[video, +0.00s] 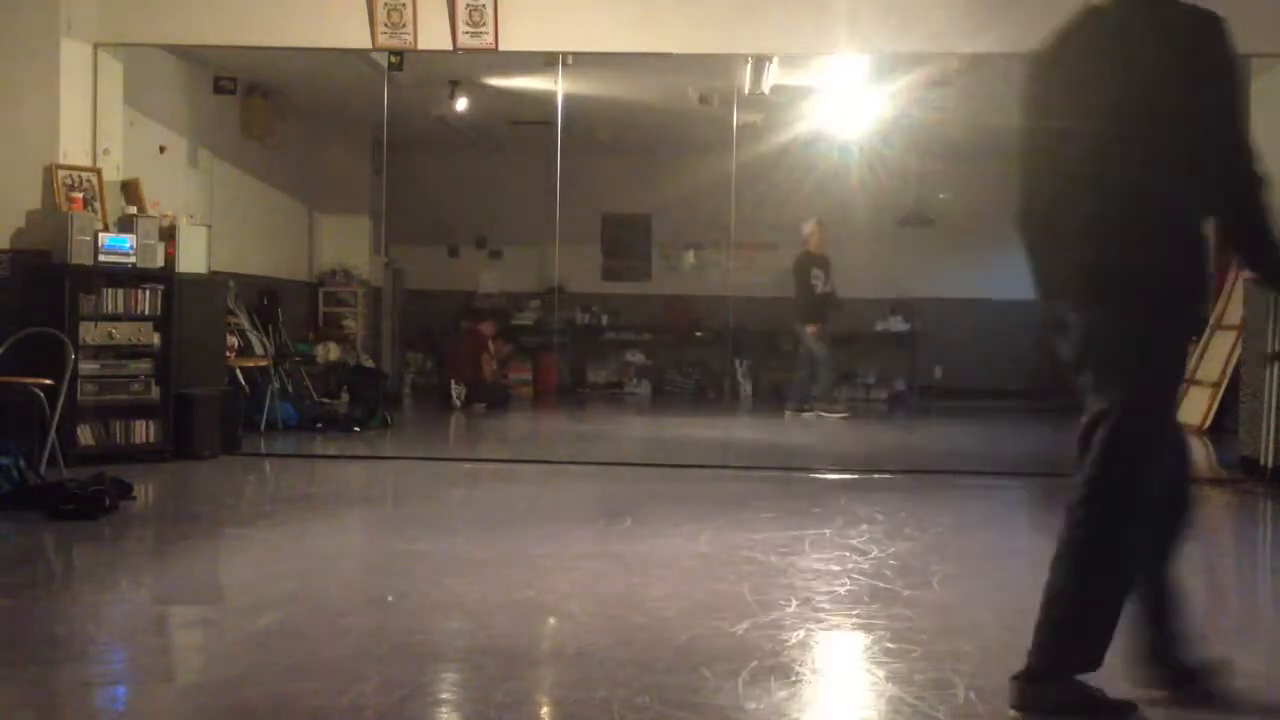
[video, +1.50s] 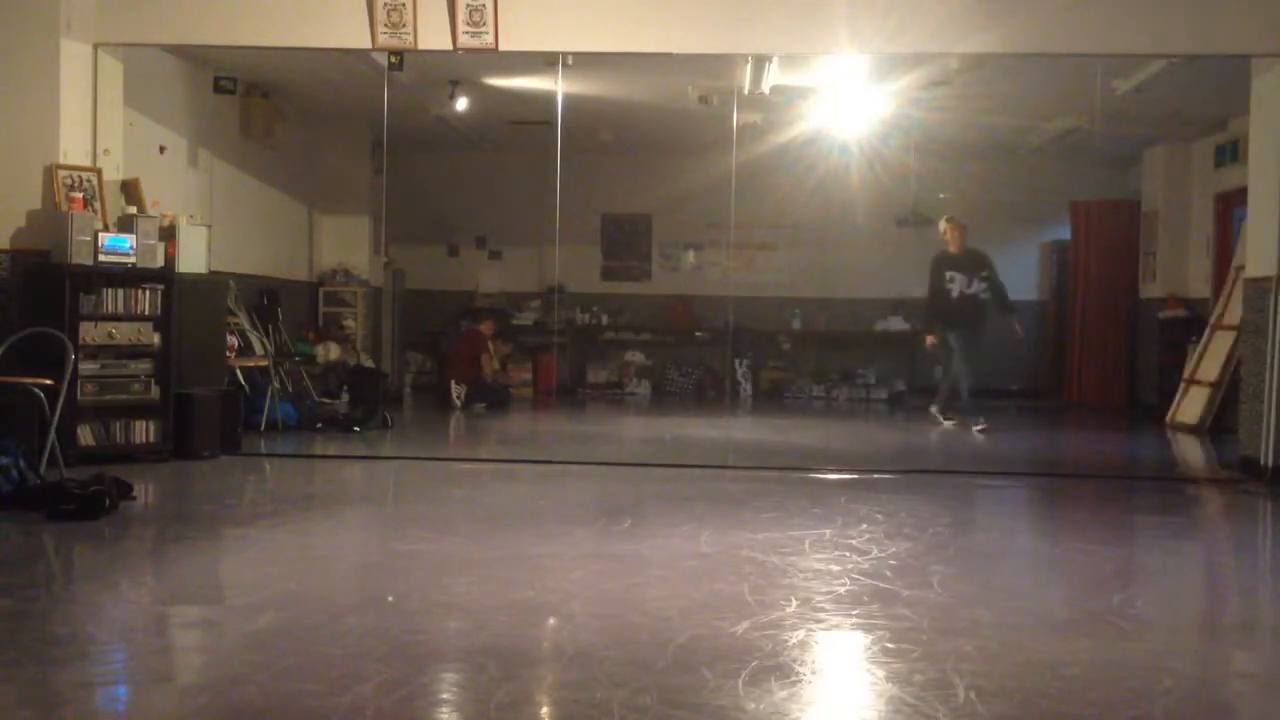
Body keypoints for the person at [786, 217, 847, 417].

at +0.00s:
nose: (821, 239)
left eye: (821, 234)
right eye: (816, 235)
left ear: (823, 236)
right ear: (808, 237)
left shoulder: (824, 260)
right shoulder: (802, 260)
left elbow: (827, 287)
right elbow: (803, 293)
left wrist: (834, 301)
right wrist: (808, 319)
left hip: (820, 315)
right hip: (805, 317)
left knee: (806, 360)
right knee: (822, 356)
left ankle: (797, 402)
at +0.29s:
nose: (853, 238)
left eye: (854, 234)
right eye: (849, 234)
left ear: (856, 236)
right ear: (840, 238)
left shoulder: (860, 261)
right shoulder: (835, 263)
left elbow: (867, 291)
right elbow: (834, 296)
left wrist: (873, 317)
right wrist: (837, 326)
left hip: (859, 318)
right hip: (843, 319)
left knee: (838, 364)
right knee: (859, 365)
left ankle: (809, 394)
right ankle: (865, 408)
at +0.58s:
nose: (881, 234)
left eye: (881, 229)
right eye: (876, 230)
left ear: (883, 231)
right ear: (869, 234)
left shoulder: (888, 257)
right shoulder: (865, 260)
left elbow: (889, 289)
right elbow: (864, 293)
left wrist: (890, 316)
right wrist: (875, 320)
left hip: (886, 316)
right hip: (870, 317)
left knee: (886, 361)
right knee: (870, 362)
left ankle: (886, 405)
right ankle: (868, 406)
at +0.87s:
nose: (912, 239)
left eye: (913, 234)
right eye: (908, 234)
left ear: (914, 236)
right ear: (901, 237)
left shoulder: (915, 261)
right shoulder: (897, 261)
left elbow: (915, 295)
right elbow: (898, 297)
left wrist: (920, 321)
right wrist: (910, 324)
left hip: (913, 319)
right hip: (897, 320)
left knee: (924, 363)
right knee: (890, 363)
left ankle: (933, 409)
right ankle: (872, 405)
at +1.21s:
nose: (936, 233)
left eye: (939, 227)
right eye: (932, 228)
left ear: (945, 228)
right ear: (926, 231)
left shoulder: (956, 255)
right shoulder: (921, 256)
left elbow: (962, 287)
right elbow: (918, 291)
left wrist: (964, 311)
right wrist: (923, 319)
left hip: (952, 314)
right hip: (930, 315)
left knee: (948, 362)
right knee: (938, 362)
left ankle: (940, 408)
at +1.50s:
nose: (954, 236)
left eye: (957, 230)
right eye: (949, 232)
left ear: (964, 232)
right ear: (944, 236)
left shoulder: (979, 258)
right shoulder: (940, 261)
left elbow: (996, 288)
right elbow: (934, 297)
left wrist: (1012, 316)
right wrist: (931, 329)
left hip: (975, 319)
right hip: (951, 319)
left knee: (959, 365)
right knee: (965, 365)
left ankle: (939, 405)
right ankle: (975, 416)